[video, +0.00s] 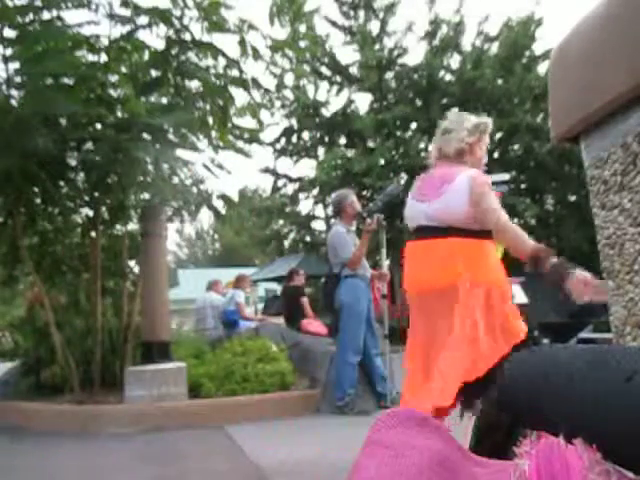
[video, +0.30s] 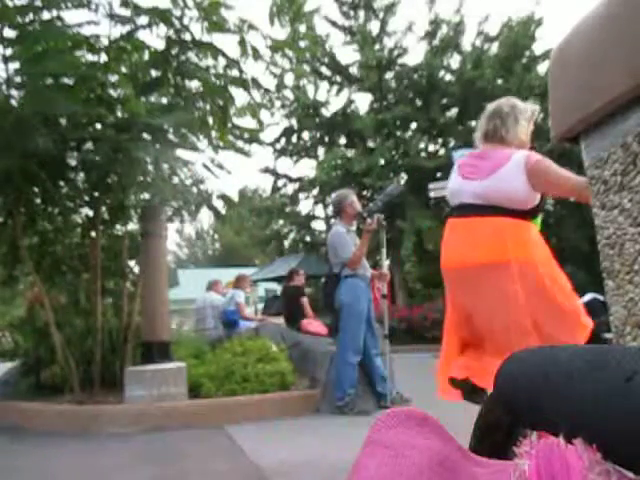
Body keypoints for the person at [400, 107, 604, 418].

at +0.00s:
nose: (486, 156)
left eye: (486, 148)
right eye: (484, 148)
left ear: (441, 146)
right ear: (470, 147)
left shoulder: (420, 184)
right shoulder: (473, 181)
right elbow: (502, 226)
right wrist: (535, 254)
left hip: (423, 267)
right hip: (468, 267)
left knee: (428, 347)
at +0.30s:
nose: (531, 135)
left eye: (531, 127)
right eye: (529, 127)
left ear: (485, 129)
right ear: (518, 130)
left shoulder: (463, 164)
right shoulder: (527, 163)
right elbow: (581, 188)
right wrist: (617, 197)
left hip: (459, 246)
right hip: (509, 247)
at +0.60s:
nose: (542, 128)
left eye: (542, 122)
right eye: (539, 122)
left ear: (496, 127)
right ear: (529, 125)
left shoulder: (478, 161)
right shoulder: (540, 152)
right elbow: (583, 157)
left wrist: (464, 254)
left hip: (482, 244)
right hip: (532, 244)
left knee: (496, 321)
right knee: (545, 314)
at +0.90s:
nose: (549, 127)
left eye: (549, 120)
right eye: (545, 120)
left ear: (503, 126)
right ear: (532, 123)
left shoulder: (483, 162)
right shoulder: (548, 150)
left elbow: (464, 168)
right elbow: (589, 149)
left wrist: (465, 153)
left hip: (492, 243)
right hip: (541, 242)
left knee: (498, 321)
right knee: (548, 318)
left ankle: (503, 395)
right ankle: (549, 394)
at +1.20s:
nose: (551, 128)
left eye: (550, 122)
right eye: (546, 122)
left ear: (507, 127)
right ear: (532, 124)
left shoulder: (487, 163)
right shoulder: (553, 151)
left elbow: (460, 176)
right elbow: (595, 150)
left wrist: (442, 165)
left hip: (498, 240)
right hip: (547, 238)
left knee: (506, 325)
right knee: (556, 321)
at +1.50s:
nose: (550, 129)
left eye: (549, 122)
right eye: (546, 122)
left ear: (509, 128)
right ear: (530, 124)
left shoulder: (487, 165)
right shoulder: (552, 152)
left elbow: (460, 179)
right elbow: (595, 151)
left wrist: (435, 177)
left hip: (498, 243)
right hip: (545, 241)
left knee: (508, 326)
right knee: (555, 321)